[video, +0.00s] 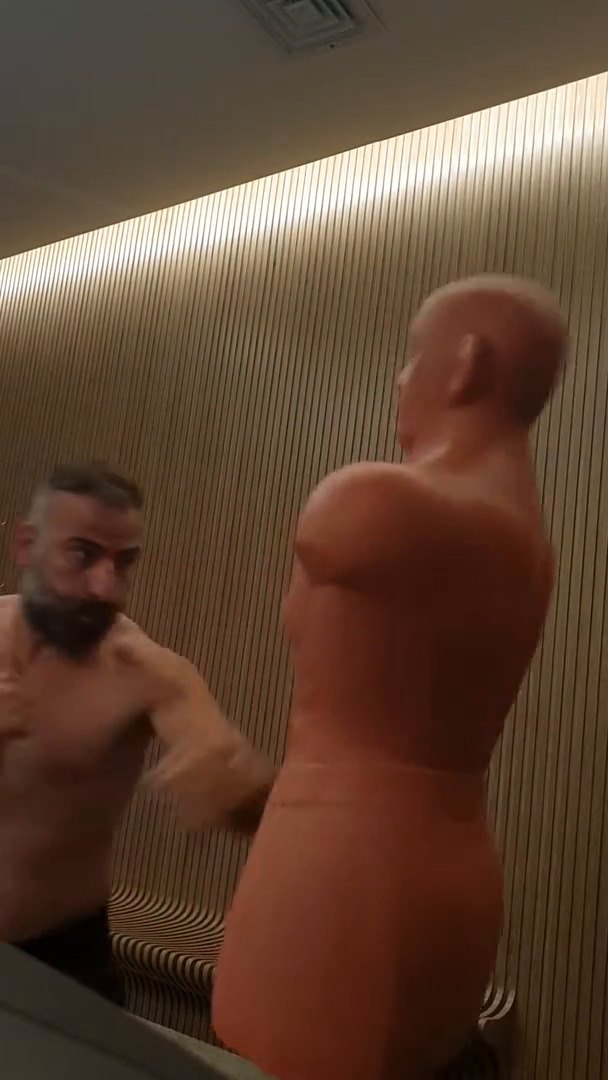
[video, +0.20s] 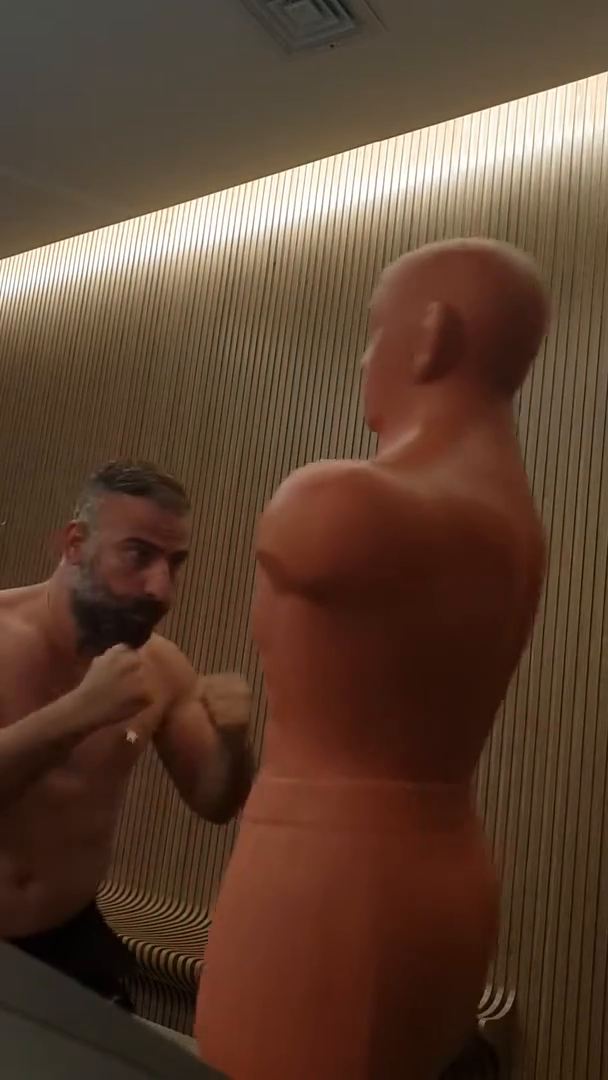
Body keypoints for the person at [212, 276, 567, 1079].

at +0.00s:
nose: (399, 387)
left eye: (413, 361)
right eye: (406, 362)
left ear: (464, 368)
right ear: (530, 391)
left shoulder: (367, 506)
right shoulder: (524, 543)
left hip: (338, 880)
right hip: (447, 869)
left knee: (288, 1066)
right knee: (397, 1067)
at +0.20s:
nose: (363, 360)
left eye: (375, 330)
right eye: (369, 332)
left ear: (433, 338)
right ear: (509, 360)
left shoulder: (336, 508)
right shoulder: (509, 518)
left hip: (322, 894)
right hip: (438, 877)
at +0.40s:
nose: (330, 420)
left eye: (337, 396)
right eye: (331, 399)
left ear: (382, 392)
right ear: (450, 416)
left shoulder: (308, 505)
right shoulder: (464, 547)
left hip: (309, 848)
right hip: (417, 837)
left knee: (291, 1061)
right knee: (381, 1061)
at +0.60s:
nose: (362, 418)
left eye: (373, 396)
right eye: (366, 397)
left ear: (416, 400)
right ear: (481, 428)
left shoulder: (345, 505)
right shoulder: (487, 553)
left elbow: (296, 537)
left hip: (329, 856)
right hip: (432, 850)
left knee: (310, 1062)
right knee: (388, 1063)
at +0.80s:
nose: (368, 375)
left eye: (381, 348)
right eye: (373, 350)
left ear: (432, 356)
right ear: (501, 381)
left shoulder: (337, 504)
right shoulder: (507, 532)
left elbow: (276, 621)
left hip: (325, 875)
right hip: (441, 860)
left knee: (280, 1065)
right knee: (397, 1066)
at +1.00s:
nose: (394, 385)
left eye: (403, 361)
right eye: (398, 360)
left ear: (439, 367)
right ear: (518, 377)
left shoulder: (395, 505)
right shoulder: (533, 528)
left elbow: (345, 527)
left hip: (356, 871)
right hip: (457, 860)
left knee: (300, 1063)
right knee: (404, 1065)